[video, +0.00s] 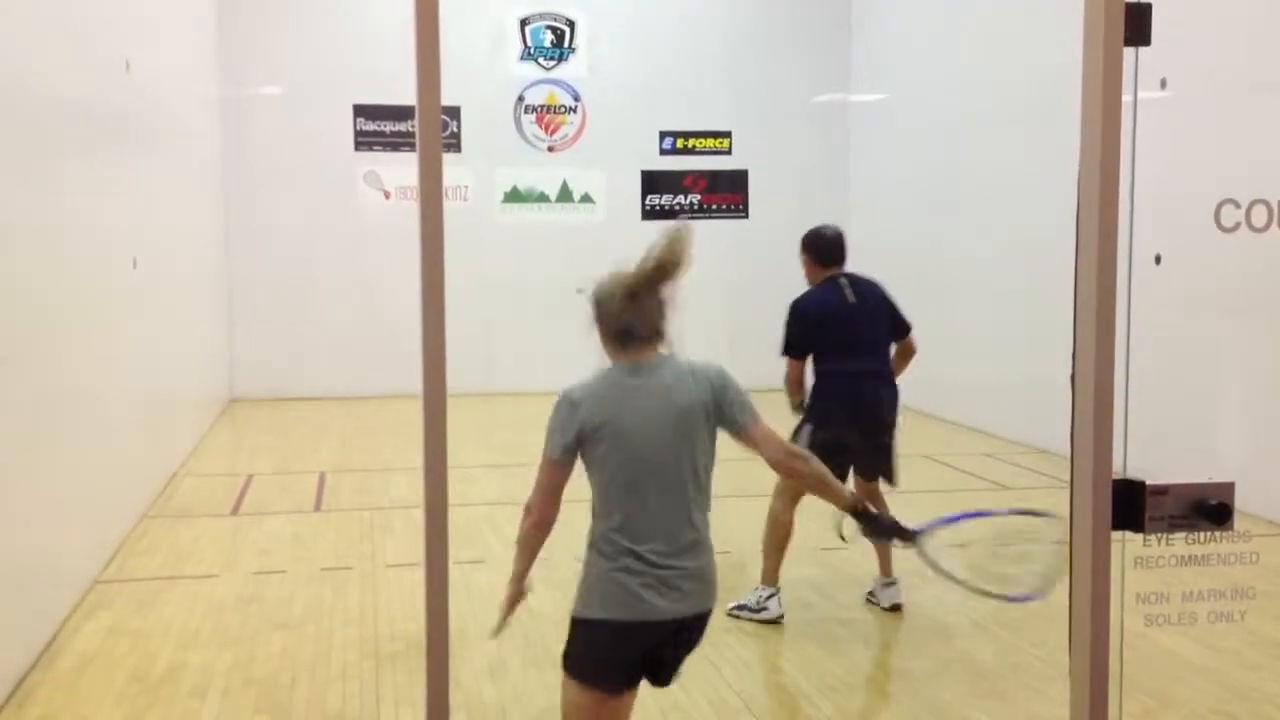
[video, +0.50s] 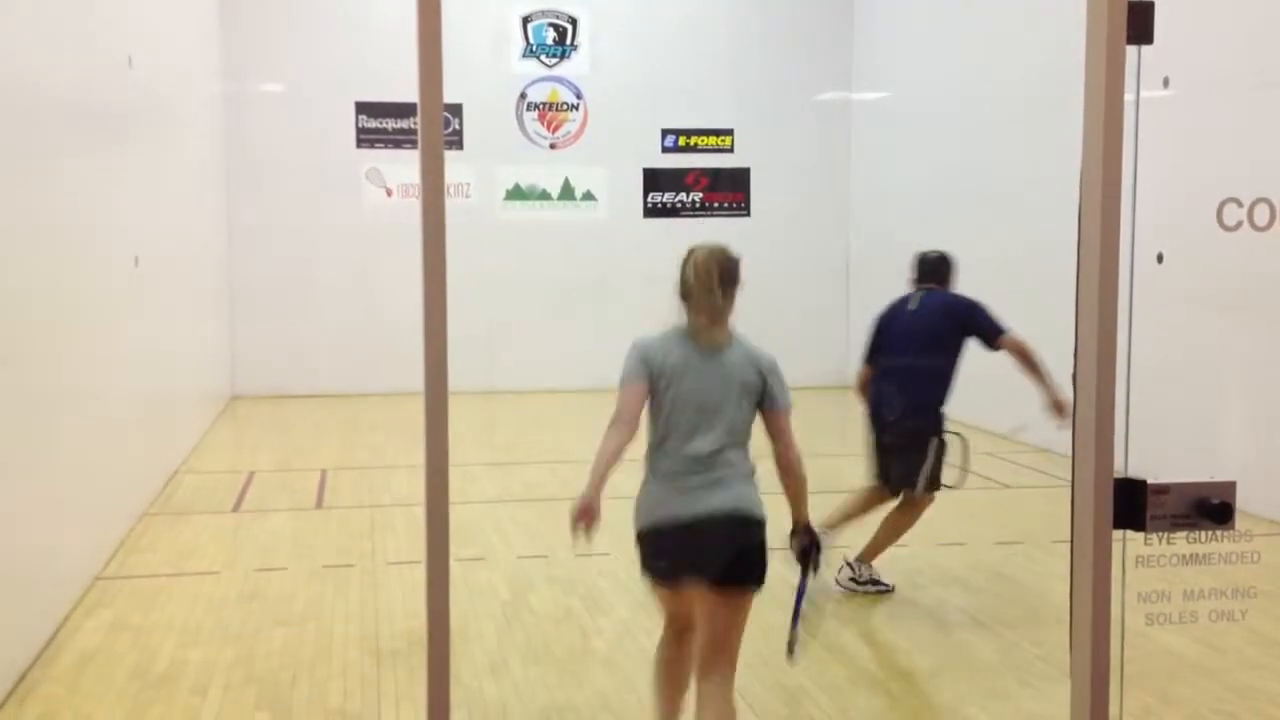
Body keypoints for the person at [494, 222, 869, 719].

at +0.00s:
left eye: (601, 324)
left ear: (603, 332)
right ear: (662, 322)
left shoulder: (581, 402)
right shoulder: (708, 384)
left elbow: (540, 513)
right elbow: (787, 459)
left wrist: (517, 578)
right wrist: (852, 503)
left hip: (613, 613)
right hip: (690, 607)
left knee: (589, 711)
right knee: (613, 691)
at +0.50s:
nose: (724, 296)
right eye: (733, 287)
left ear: (682, 290)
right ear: (734, 291)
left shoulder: (650, 353)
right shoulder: (757, 363)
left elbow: (623, 425)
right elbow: (786, 453)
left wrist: (592, 491)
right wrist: (801, 522)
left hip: (664, 526)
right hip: (734, 528)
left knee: (678, 627)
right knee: (718, 670)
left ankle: (668, 713)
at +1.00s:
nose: (787, 260)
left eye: (785, 253)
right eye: (783, 254)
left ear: (741, 263)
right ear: (768, 261)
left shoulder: (705, 317)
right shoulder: (793, 323)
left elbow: (674, 385)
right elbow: (805, 403)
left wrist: (661, 439)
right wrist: (812, 458)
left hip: (711, 459)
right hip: (769, 462)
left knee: (706, 561)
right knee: (756, 558)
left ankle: (685, 628)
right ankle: (737, 655)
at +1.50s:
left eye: (759, 250)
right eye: (790, 249)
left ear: (757, 255)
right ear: (794, 253)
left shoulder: (746, 302)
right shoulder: (821, 304)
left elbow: (734, 361)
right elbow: (830, 369)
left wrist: (722, 398)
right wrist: (828, 404)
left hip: (762, 418)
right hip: (810, 416)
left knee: (770, 499)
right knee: (811, 506)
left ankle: (776, 580)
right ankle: (799, 568)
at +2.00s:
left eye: (757, 247)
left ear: (757, 252)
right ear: (792, 247)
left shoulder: (753, 295)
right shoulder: (817, 290)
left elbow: (765, 356)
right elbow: (847, 347)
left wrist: (737, 376)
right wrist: (842, 384)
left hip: (778, 412)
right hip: (822, 406)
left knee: (752, 486)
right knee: (814, 484)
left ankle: (758, 577)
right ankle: (823, 571)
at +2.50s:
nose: (734, 251)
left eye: (729, 242)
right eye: (732, 244)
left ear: (690, 250)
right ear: (727, 249)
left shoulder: (668, 302)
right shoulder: (734, 300)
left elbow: (649, 369)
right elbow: (749, 352)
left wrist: (677, 395)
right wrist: (806, 358)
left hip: (675, 436)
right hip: (723, 435)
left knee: (702, 529)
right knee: (752, 519)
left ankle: (707, 634)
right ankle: (754, 622)